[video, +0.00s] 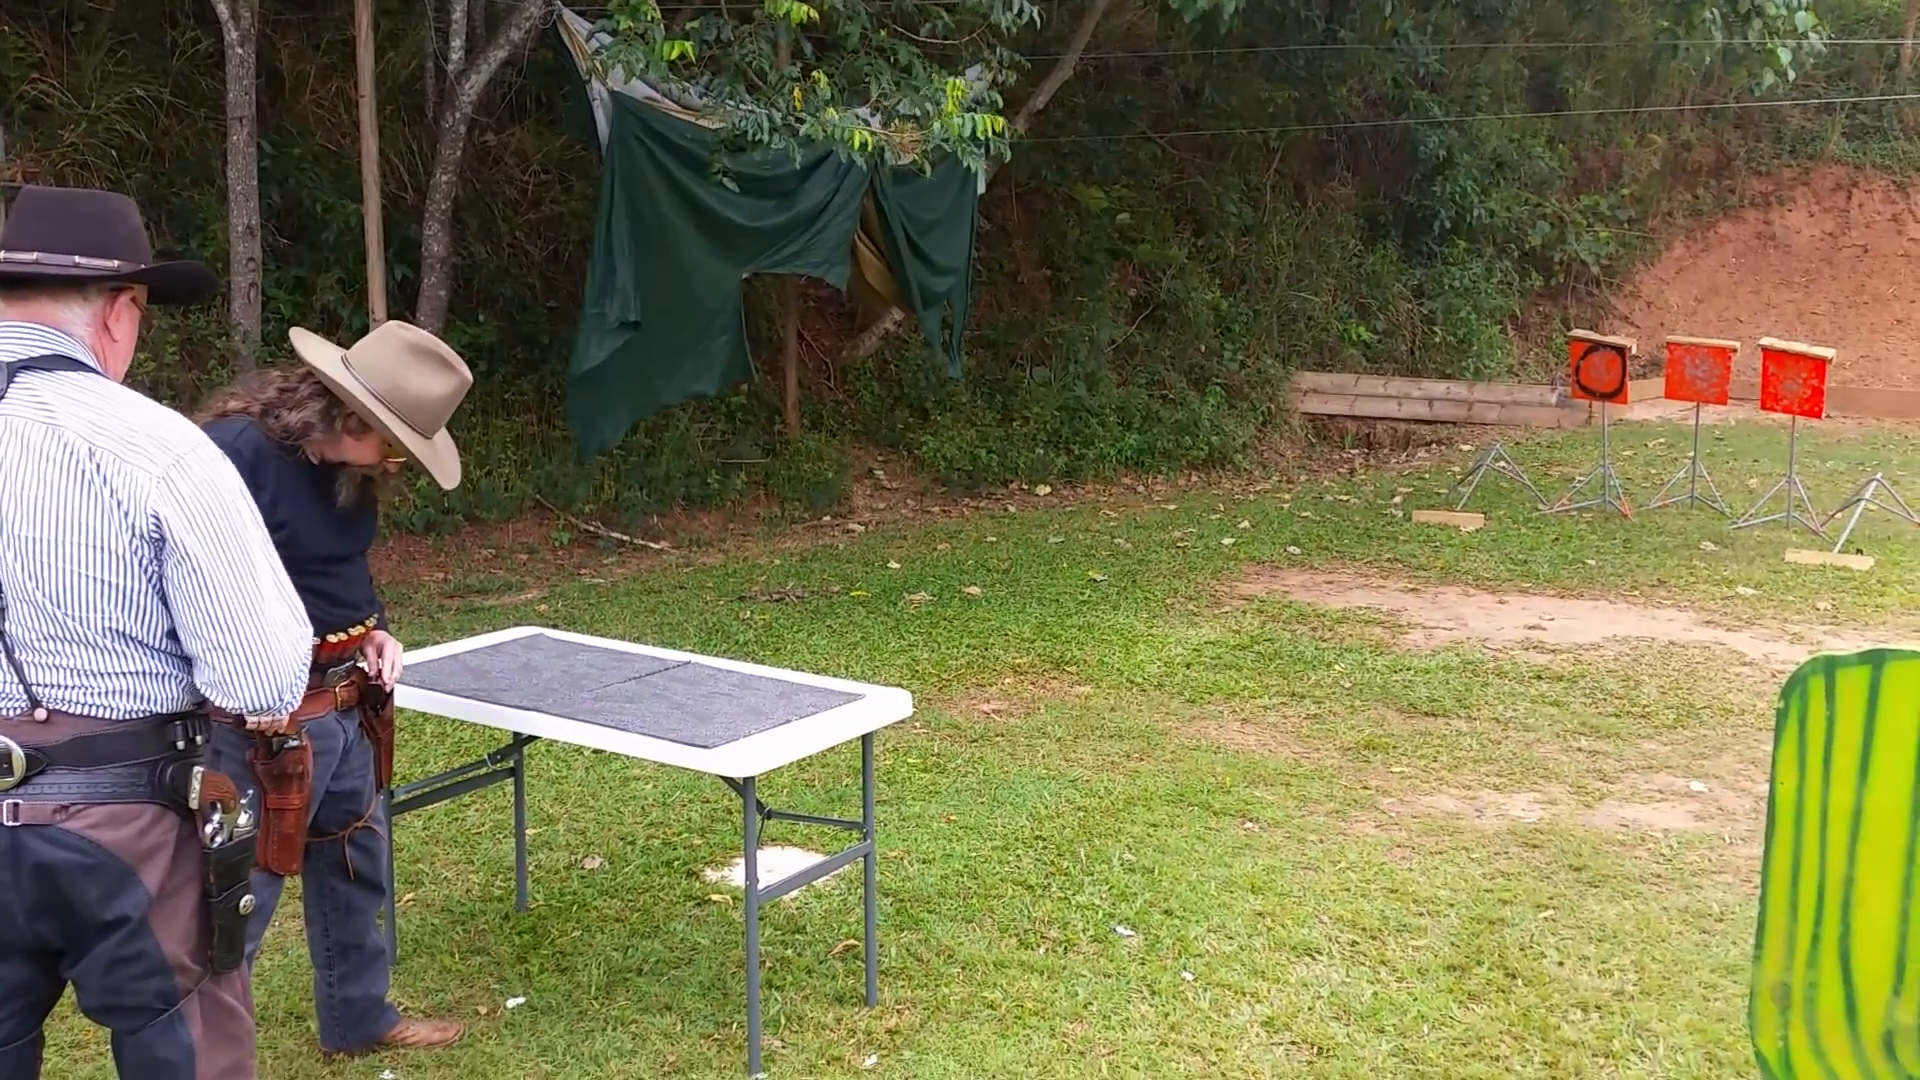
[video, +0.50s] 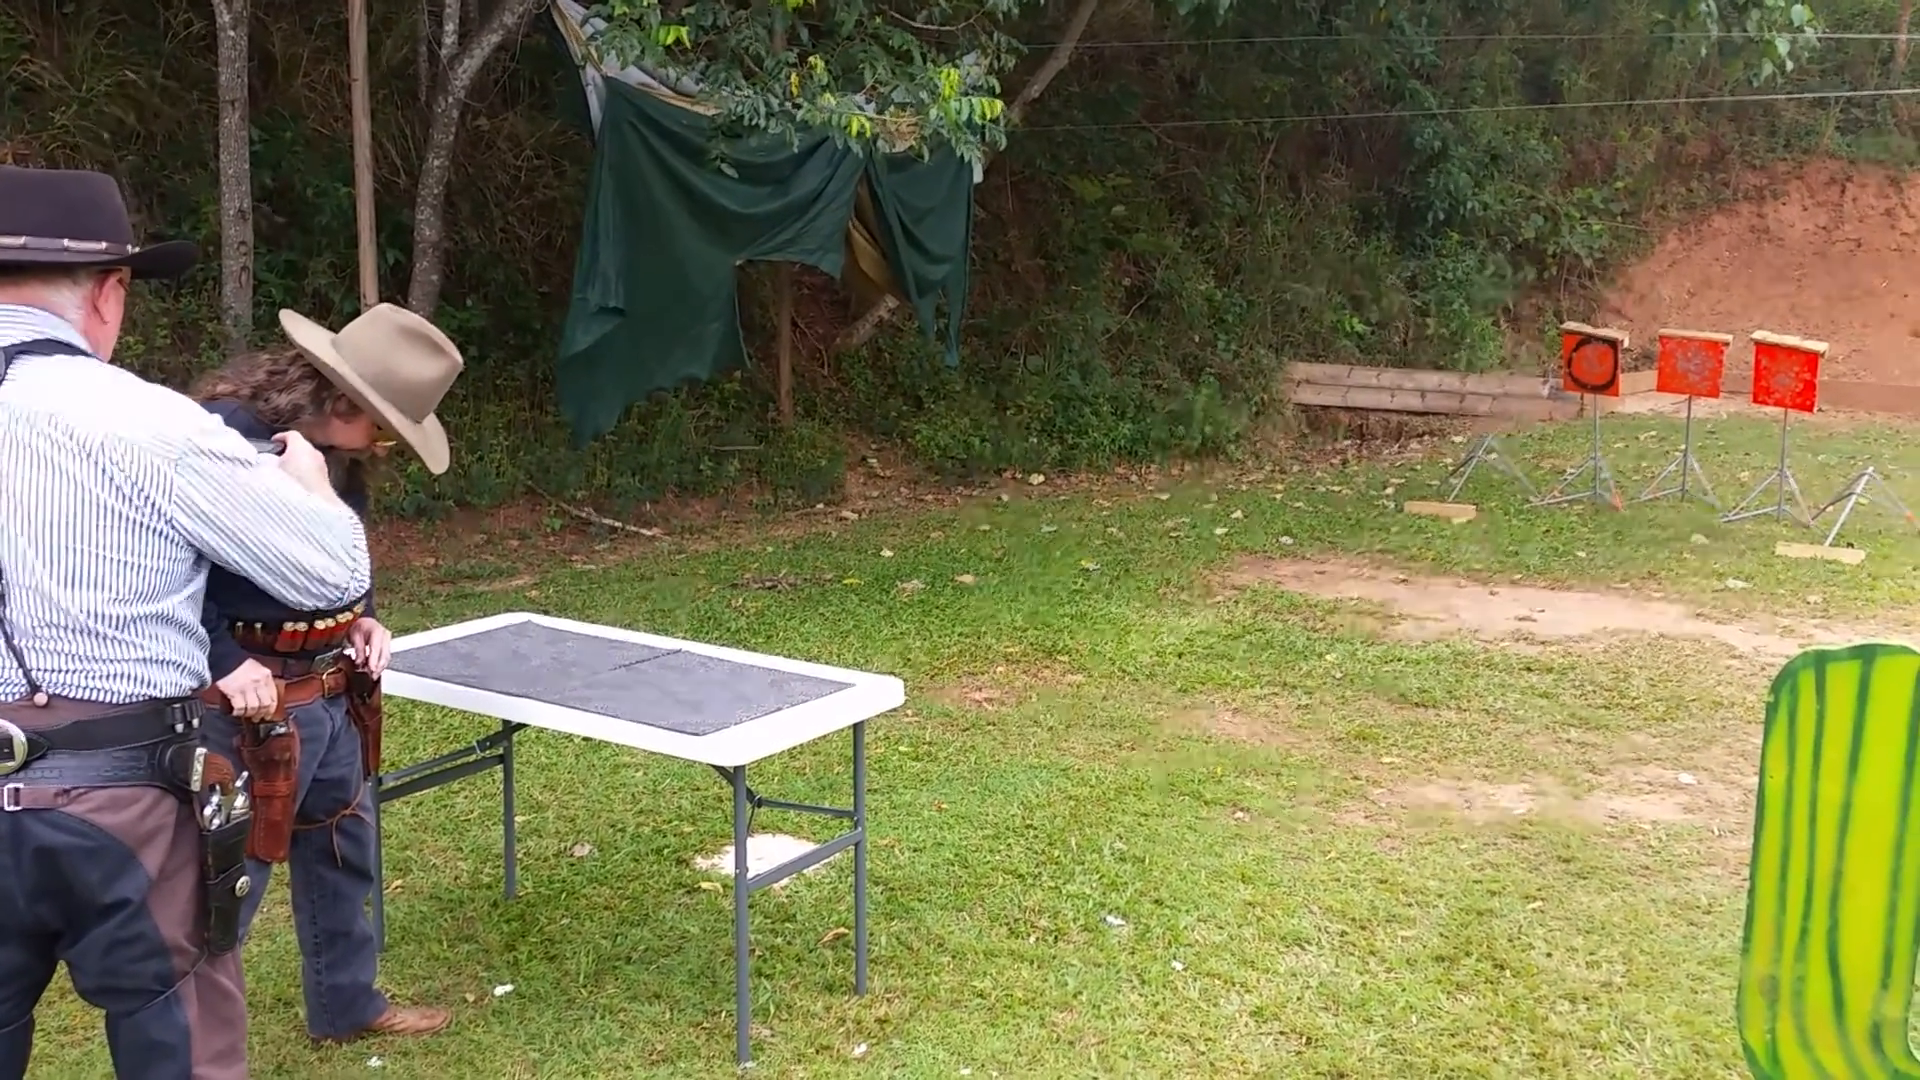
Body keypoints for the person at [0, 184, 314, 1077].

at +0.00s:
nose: (136, 338)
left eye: (140, 315)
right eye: (139, 316)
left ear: (5, 302)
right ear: (113, 316)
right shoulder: (146, 439)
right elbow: (268, 677)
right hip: (115, 802)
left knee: (7, 1046)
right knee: (192, 1053)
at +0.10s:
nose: (136, 334)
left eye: (139, 312)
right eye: (140, 312)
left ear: (2, 298)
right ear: (113, 312)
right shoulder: (146, 433)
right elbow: (286, 661)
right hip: (122, 799)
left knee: (7, 1041)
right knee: (193, 1052)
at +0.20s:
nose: (138, 327)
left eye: (138, 306)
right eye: (138, 305)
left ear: (1, 294)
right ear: (110, 303)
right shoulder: (144, 425)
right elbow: (311, 635)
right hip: (116, 786)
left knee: (6, 1040)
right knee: (191, 1048)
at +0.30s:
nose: (131, 322)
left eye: (131, 299)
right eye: (131, 298)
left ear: (1, 293)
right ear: (106, 299)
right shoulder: (150, 425)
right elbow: (321, 617)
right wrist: (298, 515)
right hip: (118, 785)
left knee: (7, 1040)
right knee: (189, 1051)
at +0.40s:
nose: (127, 319)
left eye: (128, 297)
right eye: (128, 295)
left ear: (2, 292)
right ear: (102, 297)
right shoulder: (149, 426)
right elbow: (338, 590)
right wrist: (308, 502)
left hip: (2, 785)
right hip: (121, 791)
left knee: (3, 1043)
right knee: (189, 1053)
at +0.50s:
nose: (126, 314)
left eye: (126, 292)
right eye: (126, 291)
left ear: (3, 286)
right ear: (103, 295)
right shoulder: (150, 425)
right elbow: (339, 574)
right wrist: (312, 488)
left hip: (4, 774)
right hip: (118, 784)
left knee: (4, 1043)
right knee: (184, 1052)